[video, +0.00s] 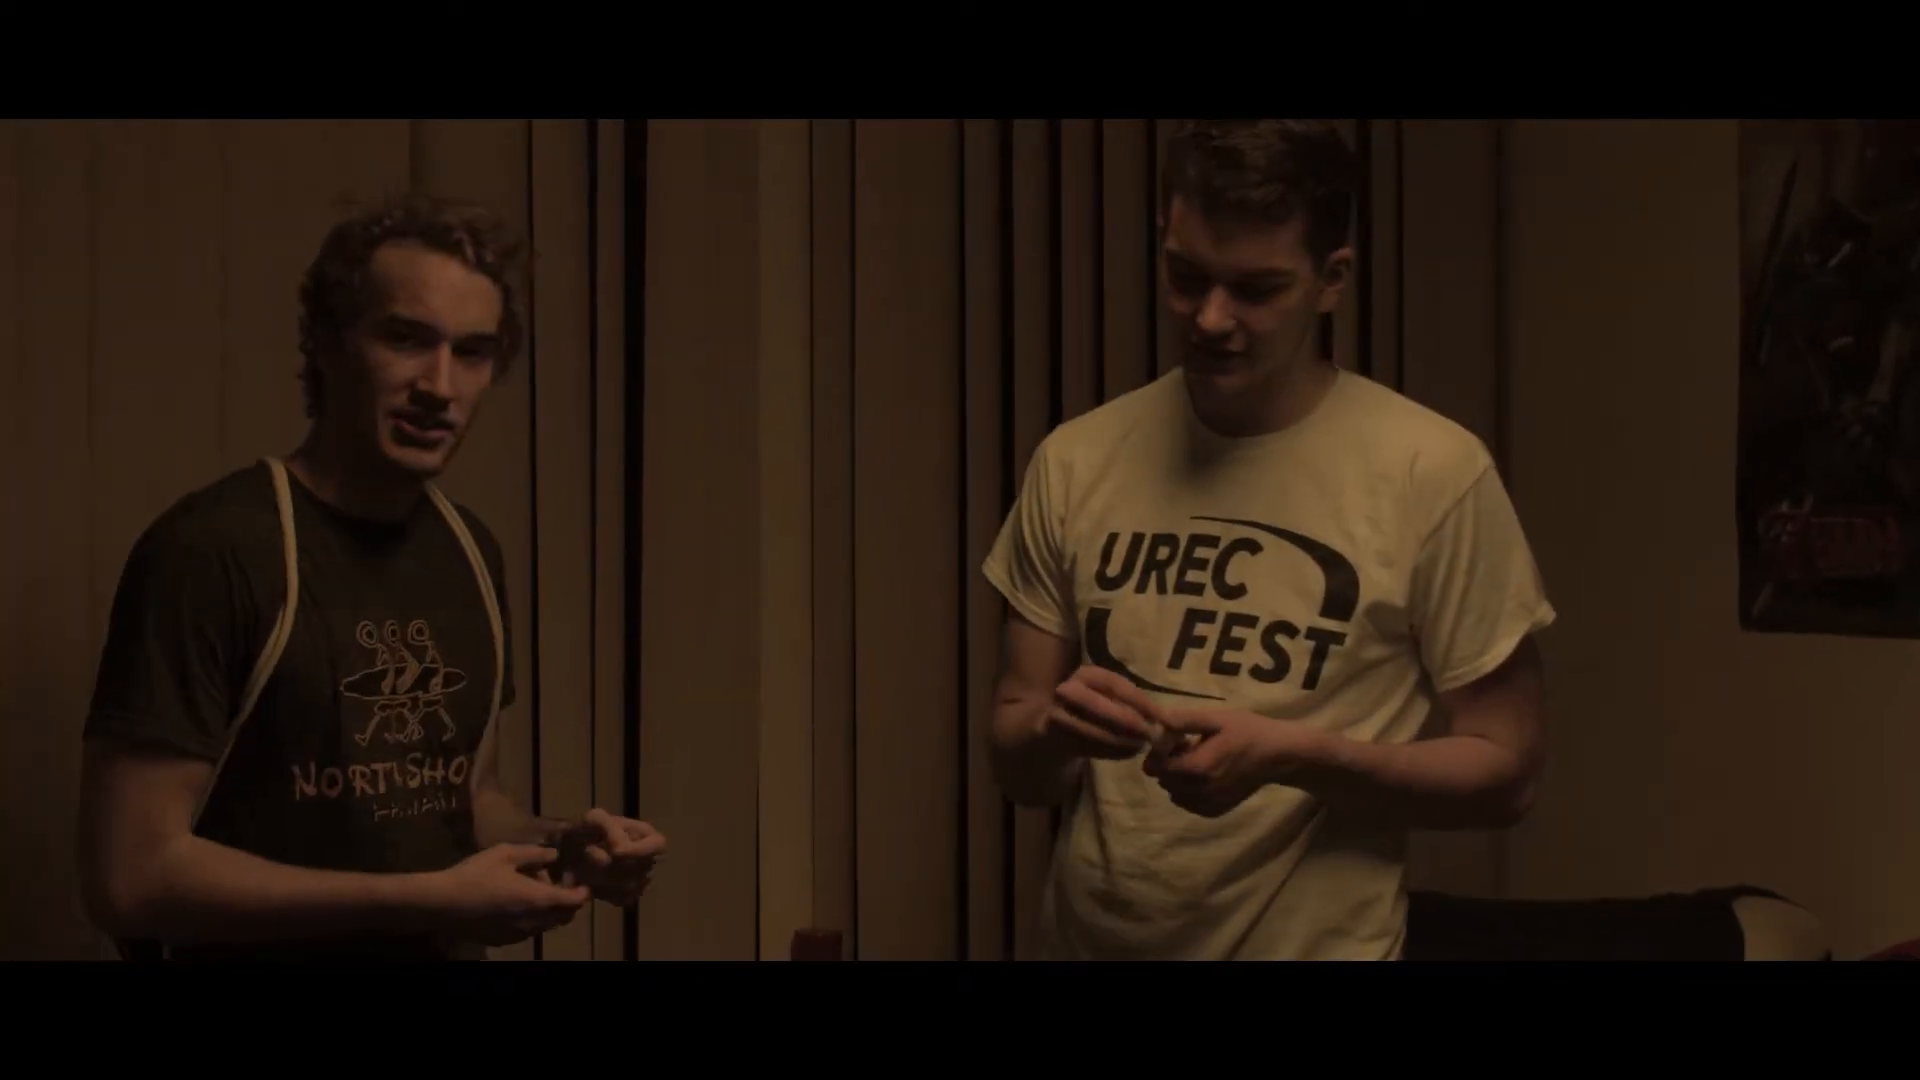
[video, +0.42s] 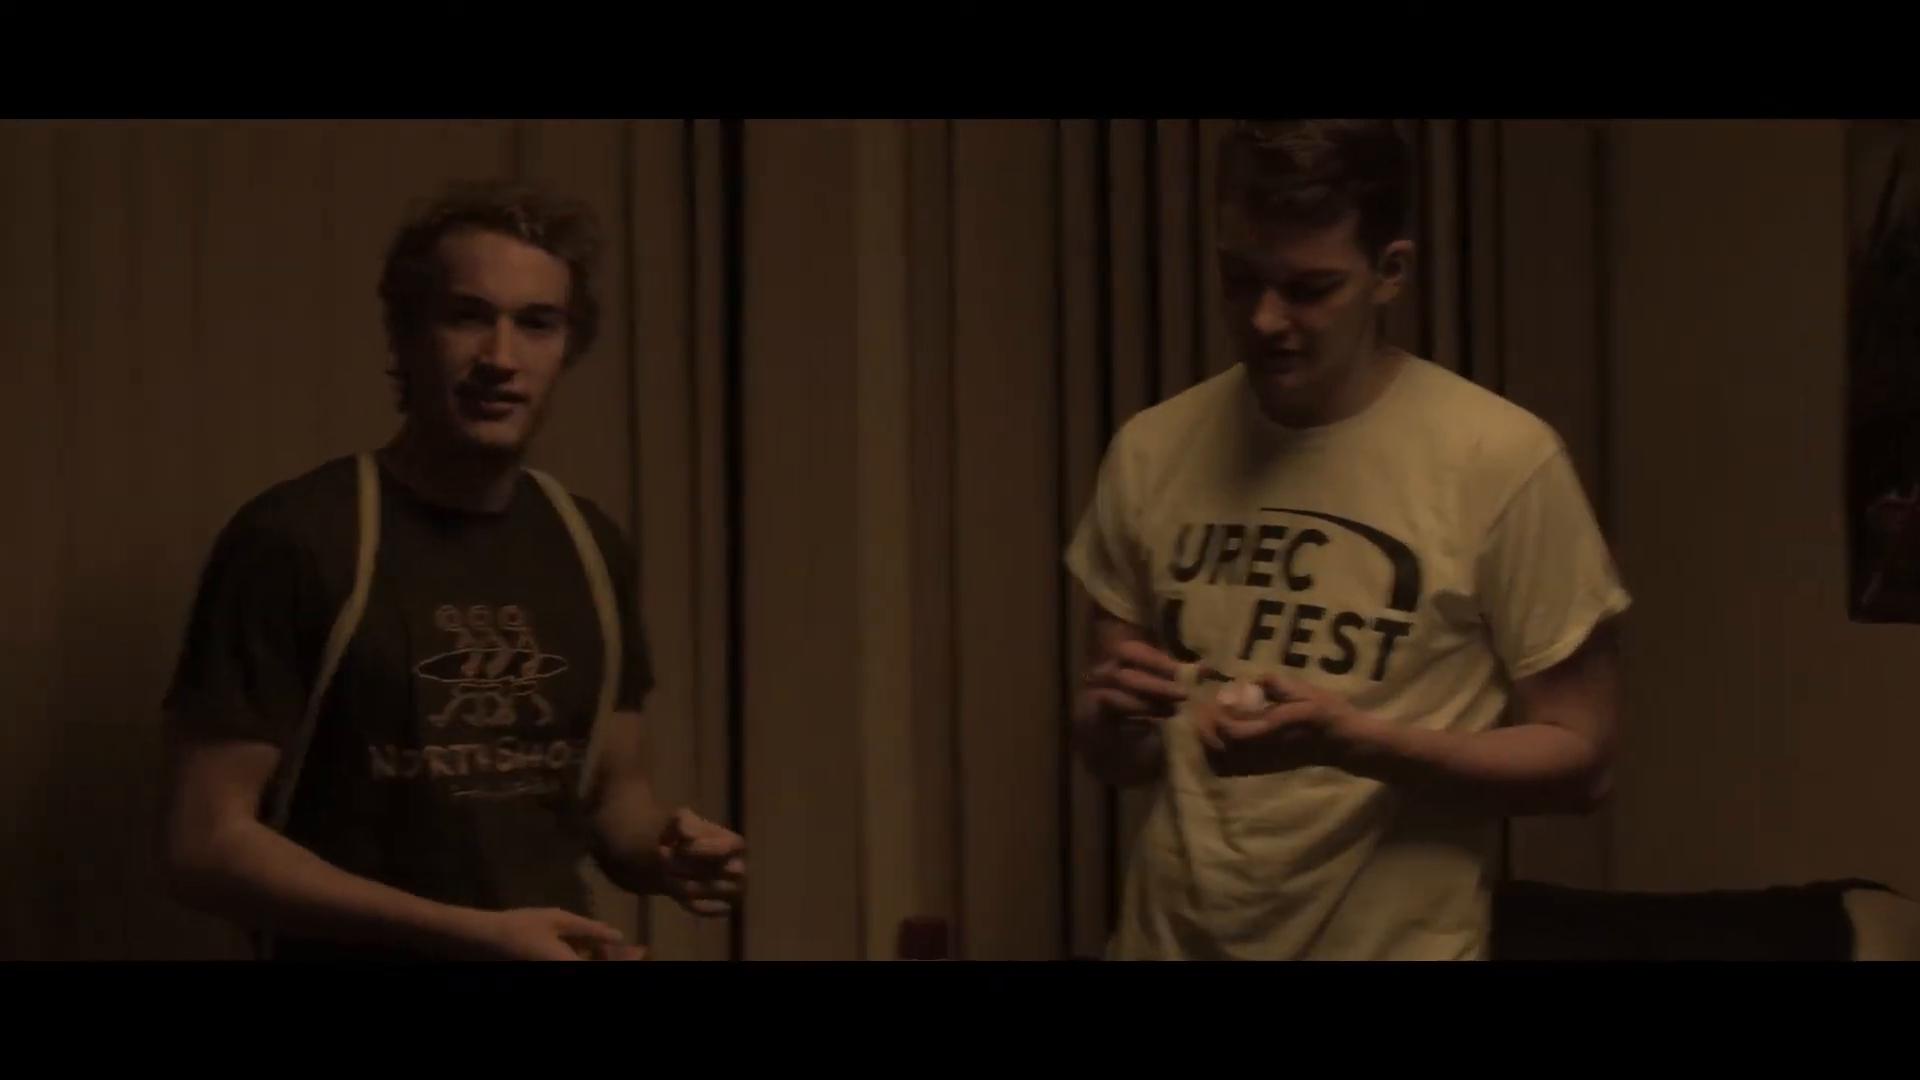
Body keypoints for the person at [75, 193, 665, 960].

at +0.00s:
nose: (441, 384)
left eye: (471, 352)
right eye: (405, 338)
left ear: (493, 370)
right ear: (326, 345)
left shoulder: (469, 553)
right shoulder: (208, 552)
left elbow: (467, 795)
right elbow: (133, 872)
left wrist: (554, 853)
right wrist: (439, 900)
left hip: (430, 954)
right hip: (250, 959)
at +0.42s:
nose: (501, 357)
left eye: (536, 324)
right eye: (468, 317)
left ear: (567, 351)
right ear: (403, 338)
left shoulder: (592, 548)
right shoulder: (293, 541)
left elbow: (612, 784)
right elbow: (205, 838)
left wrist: (664, 853)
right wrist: (478, 932)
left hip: (555, 947)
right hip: (348, 951)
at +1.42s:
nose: (509, 374)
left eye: (541, 341)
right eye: (472, 338)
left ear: (572, 380)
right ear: (408, 374)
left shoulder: (596, 582)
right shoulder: (306, 578)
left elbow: (599, 824)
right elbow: (224, 863)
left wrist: (649, 895)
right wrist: (461, 788)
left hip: (558, 948)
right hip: (371, 948)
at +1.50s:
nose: (498, 381)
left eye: (532, 347)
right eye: (463, 344)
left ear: (565, 385)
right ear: (404, 379)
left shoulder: (595, 586)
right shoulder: (300, 578)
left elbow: (605, 830)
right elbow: (218, 871)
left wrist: (651, 905)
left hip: (556, 946)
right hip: (365, 945)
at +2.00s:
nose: (453, 380)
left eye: (488, 349)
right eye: (421, 348)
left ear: (532, 396)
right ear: (375, 392)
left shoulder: (593, 594)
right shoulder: (275, 571)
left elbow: (669, 838)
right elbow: (192, 815)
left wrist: (709, 919)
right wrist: (309, 653)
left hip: (544, 948)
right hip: (338, 946)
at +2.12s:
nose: (453, 383)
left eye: (488, 351)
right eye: (419, 349)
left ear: (536, 393)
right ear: (373, 387)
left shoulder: (600, 596)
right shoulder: (291, 563)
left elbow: (684, 854)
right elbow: (136, 722)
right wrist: (294, 536)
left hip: (540, 948)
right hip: (332, 948)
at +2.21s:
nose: (456, 383)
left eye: (492, 351)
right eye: (424, 350)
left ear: (538, 391)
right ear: (372, 379)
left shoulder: (603, 596)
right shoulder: (295, 554)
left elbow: (679, 863)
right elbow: (107, 625)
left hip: (535, 951)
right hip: (324, 949)